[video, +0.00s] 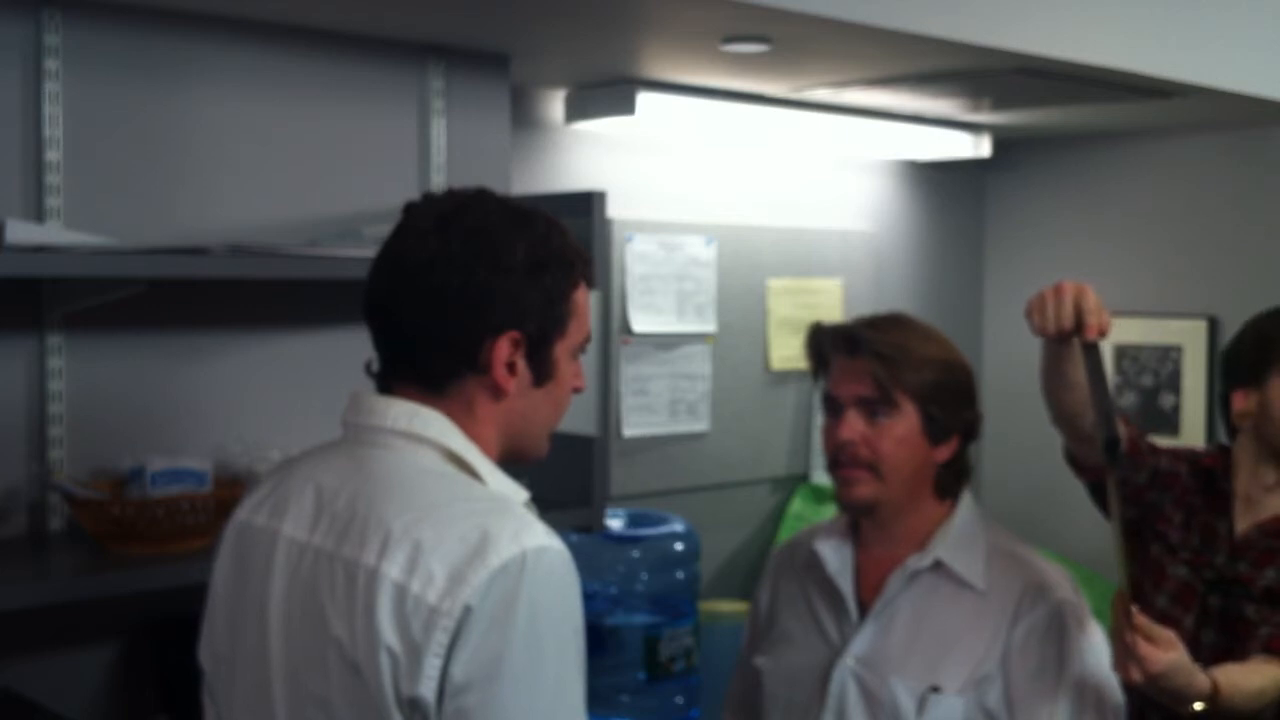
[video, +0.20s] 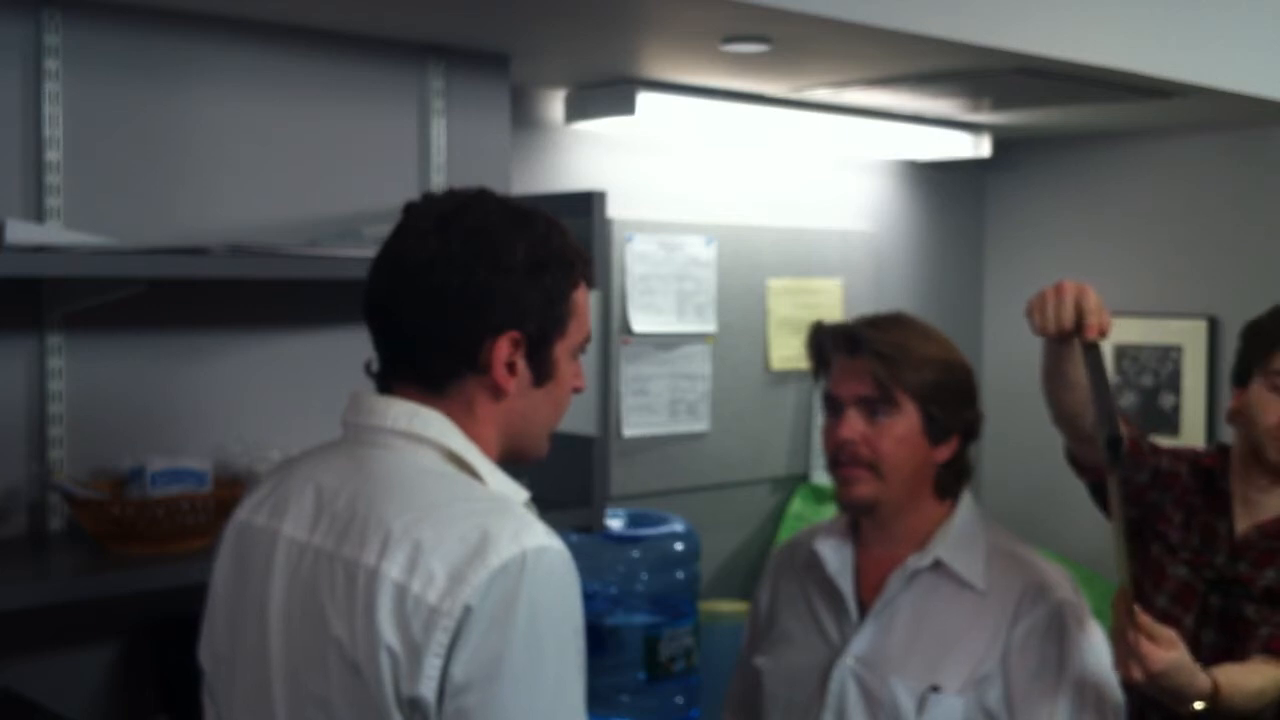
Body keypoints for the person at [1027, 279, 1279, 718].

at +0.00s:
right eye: (1276, 381)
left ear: (1246, 401)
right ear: (1243, 400)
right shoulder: (1167, 484)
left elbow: (1272, 670)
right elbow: (1085, 428)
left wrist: (1204, 687)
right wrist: (1064, 337)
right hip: (1147, 704)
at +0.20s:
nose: (1279, 403)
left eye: (1279, 387)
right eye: (1275, 384)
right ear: (1236, 402)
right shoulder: (1168, 484)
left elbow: (1272, 670)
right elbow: (1086, 429)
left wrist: (1204, 687)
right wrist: (1066, 337)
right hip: (1147, 705)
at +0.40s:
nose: (1278, 414)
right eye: (1270, 388)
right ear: (1236, 401)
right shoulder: (1169, 483)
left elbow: (1272, 672)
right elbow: (1087, 427)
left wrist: (1198, 688)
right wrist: (1067, 338)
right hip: (1145, 705)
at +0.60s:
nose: (1279, 415)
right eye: (1272, 390)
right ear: (1237, 402)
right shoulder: (1172, 483)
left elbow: (1269, 672)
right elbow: (1087, 426)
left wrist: (1189, 687)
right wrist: (1068, 336)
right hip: (1141, 707)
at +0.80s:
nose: (1279, 416)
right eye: (1273, 390)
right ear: (1238, 401)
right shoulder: (1173, 483)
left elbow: (1268, 671)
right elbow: (1086, 427)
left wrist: (1185, 686)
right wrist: (1068, 337)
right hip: (1140, 707)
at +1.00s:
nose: (1279, 416)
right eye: (1273, 391)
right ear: (1238, 402)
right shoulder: (1174, 483)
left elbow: (1266, 673)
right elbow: (1087, 427)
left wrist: (1182, 686)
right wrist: (1069, 339)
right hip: (1132, 704)